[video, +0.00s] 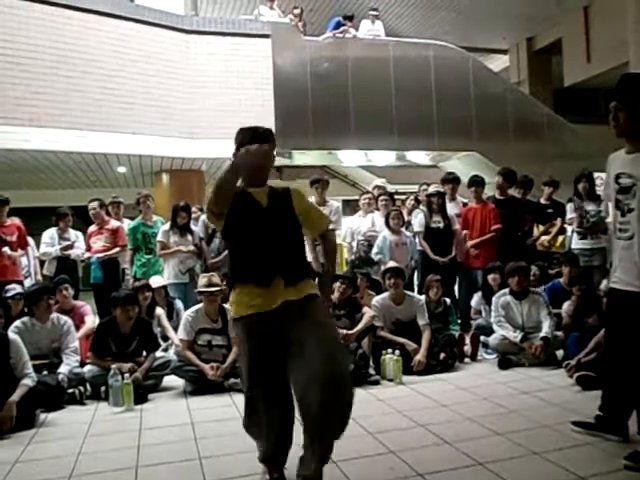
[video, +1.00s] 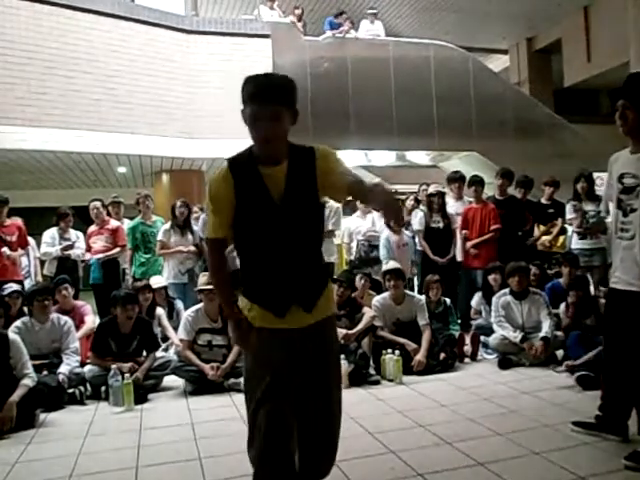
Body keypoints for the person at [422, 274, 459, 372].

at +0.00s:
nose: (435, 291)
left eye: (438, 288)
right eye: (432, 288)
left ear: (442, 290)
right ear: (427, 290)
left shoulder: (446, 303)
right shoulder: (421, 302)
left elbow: (453, 321)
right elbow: (420, 321)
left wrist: (454, 333)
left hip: (444, 331)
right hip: (429, 331)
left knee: (449, 338)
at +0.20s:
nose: (435, 291)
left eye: (438, 288)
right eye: (432, 288)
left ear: (442, 290)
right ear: (427, 290)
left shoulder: (446, 302)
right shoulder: (422, 302)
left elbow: (453, 321)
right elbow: (420, 320)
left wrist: (453, 334)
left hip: (444, 331)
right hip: (429, 331)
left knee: (449, 339)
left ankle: (443, 356)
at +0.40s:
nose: (435, 292)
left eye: (438, 288)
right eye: (432, 289)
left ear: (442, 290)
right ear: (427, 290)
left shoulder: (446, 303)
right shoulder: (422, 302)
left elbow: (453, 321)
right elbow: (420, 321)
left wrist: (454, 333)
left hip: (444, 330)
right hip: (429, 331)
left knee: (449, 338)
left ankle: (443, 356)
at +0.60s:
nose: (435, 292)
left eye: (437, 288)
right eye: (432, 289)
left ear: (441, 290)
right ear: (427, 290)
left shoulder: (446, 303)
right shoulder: (422, 302)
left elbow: (453, 322)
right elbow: (421, 321)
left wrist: (453, 334)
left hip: (444, 331)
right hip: (429, 331)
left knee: (449, 338)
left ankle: (443, 356)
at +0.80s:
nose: (435, 292)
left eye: (437, 288)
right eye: (432, 289)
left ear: (441, 290)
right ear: (427, 290)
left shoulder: (446, 303)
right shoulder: (422, 302)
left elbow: (453, 322)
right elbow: (421, 321)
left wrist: (453, 334)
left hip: (444, 331)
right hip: (429, 331)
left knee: (449, 338)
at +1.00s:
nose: (435, 292)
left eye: (437, 288)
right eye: (432, 289)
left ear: (441, 290)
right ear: (427, 291)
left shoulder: (446, 303)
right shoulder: (421, 302)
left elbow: (453, 322)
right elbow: (421, 321)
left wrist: (452, 334)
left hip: (444, 330)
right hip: (429, 331)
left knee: (449, 338)